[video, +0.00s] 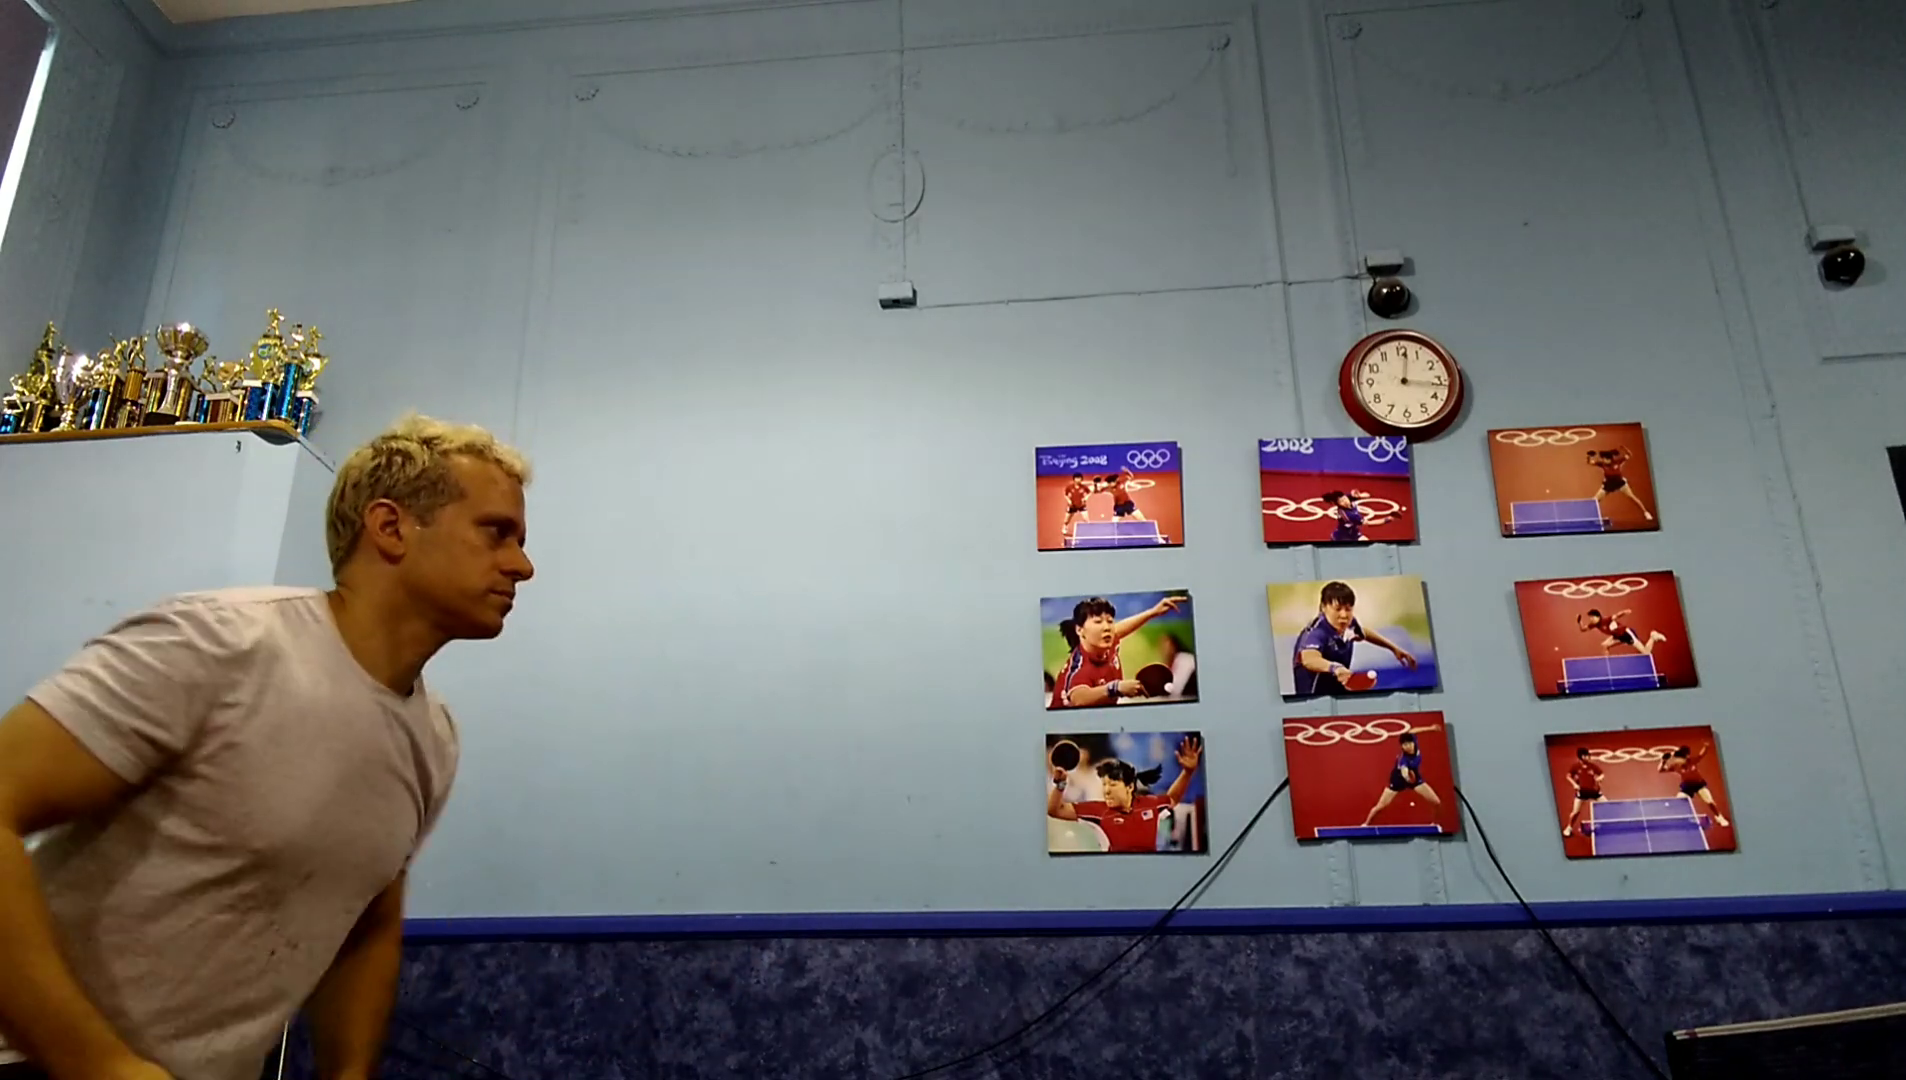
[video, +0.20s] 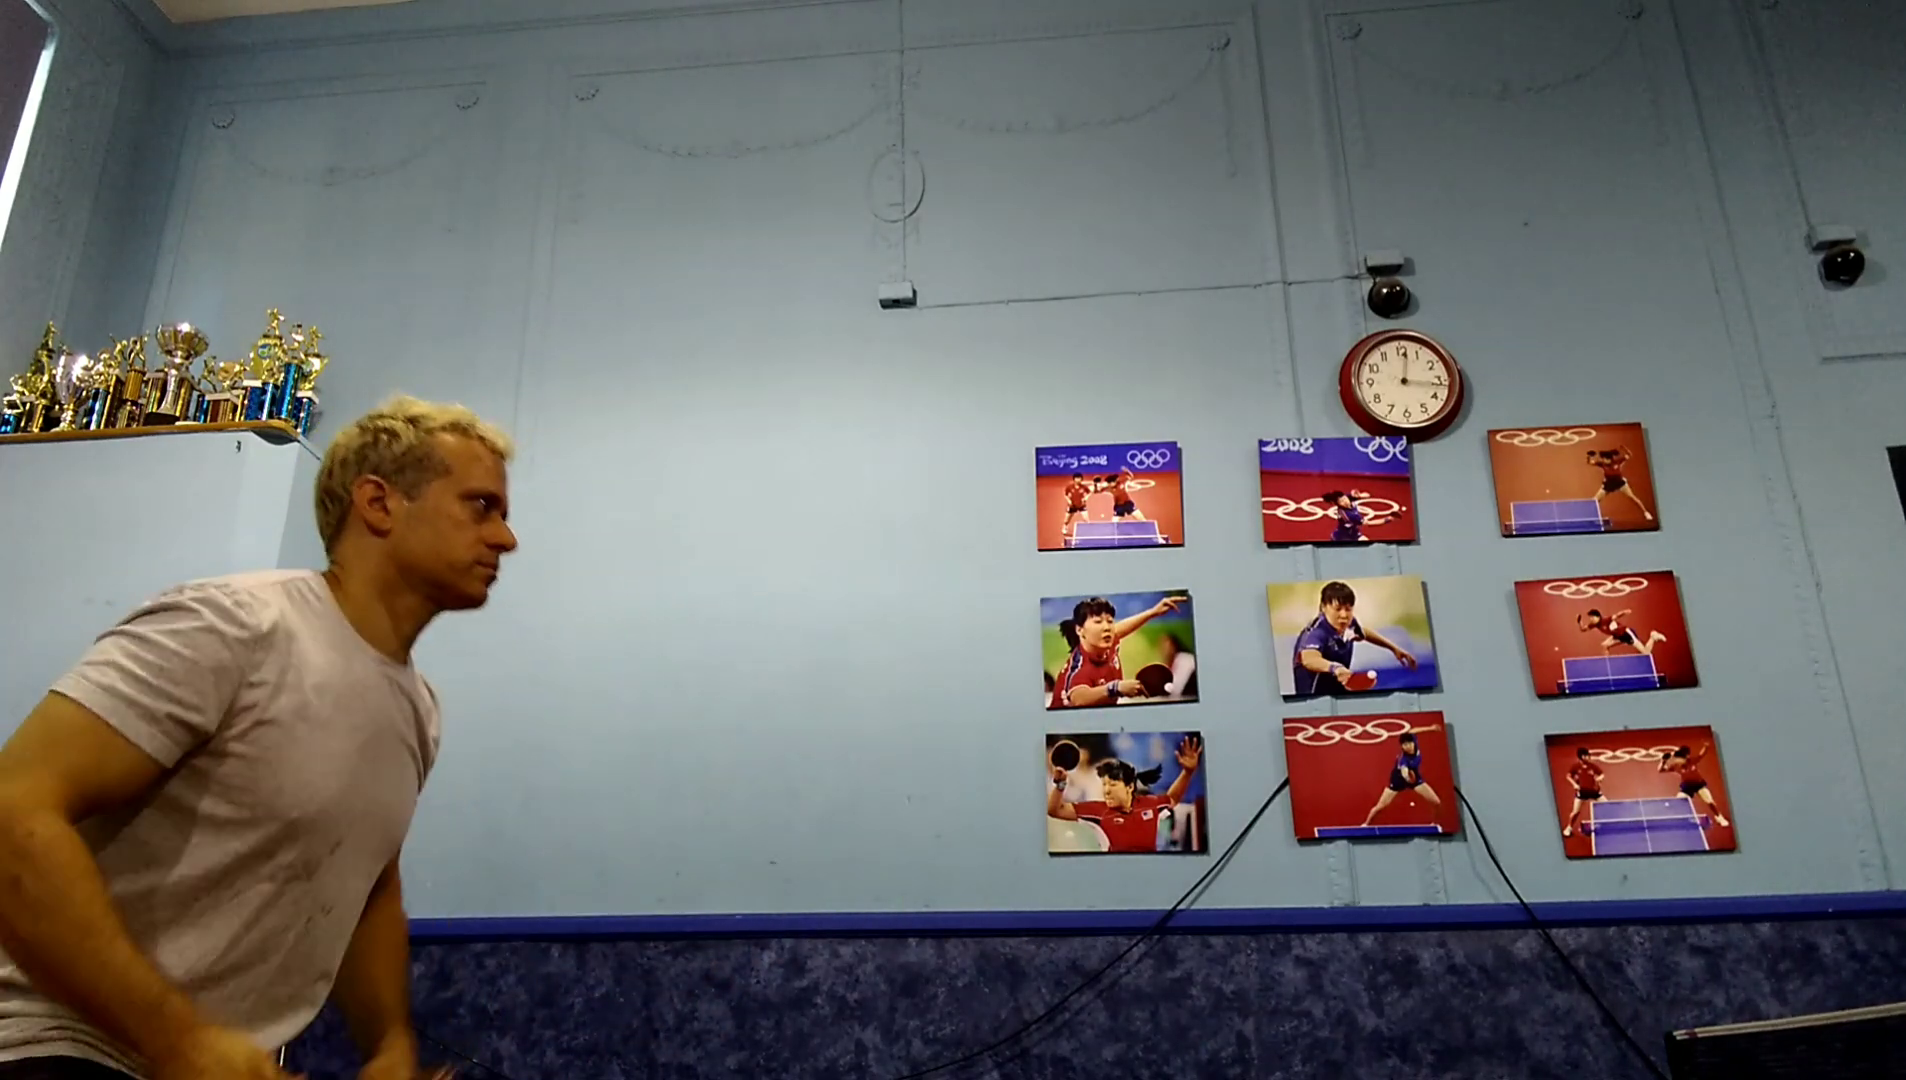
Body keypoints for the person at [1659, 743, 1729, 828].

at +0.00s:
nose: (1685, 759)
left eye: (1686, 757)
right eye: (1683, 757)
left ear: (1687, 756)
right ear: (1679, 757)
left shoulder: (1692, 760)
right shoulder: (1676, 766)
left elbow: (1701, 755)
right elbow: (1661, 770)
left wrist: (1705, 747)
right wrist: (1663, 760)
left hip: (1699, 784)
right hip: (1686, 786)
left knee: (1710, 802)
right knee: (1678, 803)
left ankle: (1719, 817)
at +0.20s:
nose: (1685, 759)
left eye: (1687, 756)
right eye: (1683, 757)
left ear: (1688, 756)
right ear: (1680, 757)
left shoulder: (1692, 760)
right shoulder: (1676, 766)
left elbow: (1701, 755)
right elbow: (1660, 770)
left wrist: (1705, 747)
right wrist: (1663, 760)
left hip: (1699, 784)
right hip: (1686, 786)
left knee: (1710, 802)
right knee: (1678, 803)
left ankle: (1719, 817)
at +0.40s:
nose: (1685, 759)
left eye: (1687, 756)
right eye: (1683, 757)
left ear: (1687, 756)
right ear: (1680, 757)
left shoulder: (1692, 760)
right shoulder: (1676, 766)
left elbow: (1701, 755)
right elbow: (1660, 770)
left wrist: (1705, 747)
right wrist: (1663, 760)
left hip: (1699, 784)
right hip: (1686, 786)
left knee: (1710, 802)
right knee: (1678, 803)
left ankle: (1719, 817)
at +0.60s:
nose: (1683, 761)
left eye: (1684, 758)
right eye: (1680, 759)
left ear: (1687, 757)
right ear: (1677, 758)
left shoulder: (1692, 761)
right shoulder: (1676, 766)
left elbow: (1701, 756)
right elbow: (1661, 771)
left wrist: (1705, 747)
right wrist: (1663, 760)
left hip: (1699, 784)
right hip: (1686, 786)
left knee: (1710, 802)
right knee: (1678, 803)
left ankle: (1718, 817)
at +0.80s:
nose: (1685, 759)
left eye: (1686, 757)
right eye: (1683, 757)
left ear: (1687, 756)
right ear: (1679, 757)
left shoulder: (1692, 760)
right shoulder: (1676, 765)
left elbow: (1701, 755)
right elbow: (1661, 770)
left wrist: (1705, 747)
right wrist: (1663, 760)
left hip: (1699, 784)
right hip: (1686, 786)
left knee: (1710, 802)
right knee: (1678, 803)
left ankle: (1718, 817)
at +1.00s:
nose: (1685, 759)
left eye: (1686, 756)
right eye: (1683, 757)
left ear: (1687, 756)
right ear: (1679, 757)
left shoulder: (1692, 760)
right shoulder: (1676, 765)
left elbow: (1701, 755)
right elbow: (1661, 770)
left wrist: (1705, 747)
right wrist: (1663, 760)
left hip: (1699, 784)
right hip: (1686, 786)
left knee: (1710, 802)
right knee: (1678, 803)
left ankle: (1718, 817)